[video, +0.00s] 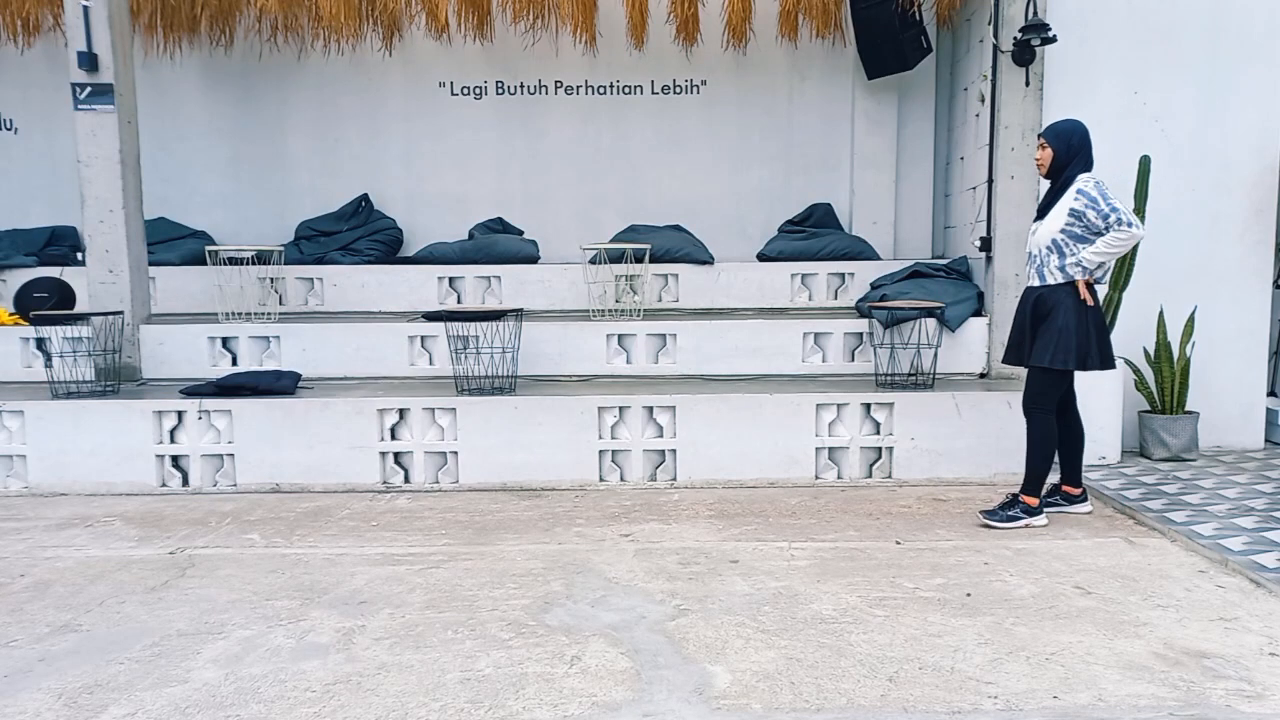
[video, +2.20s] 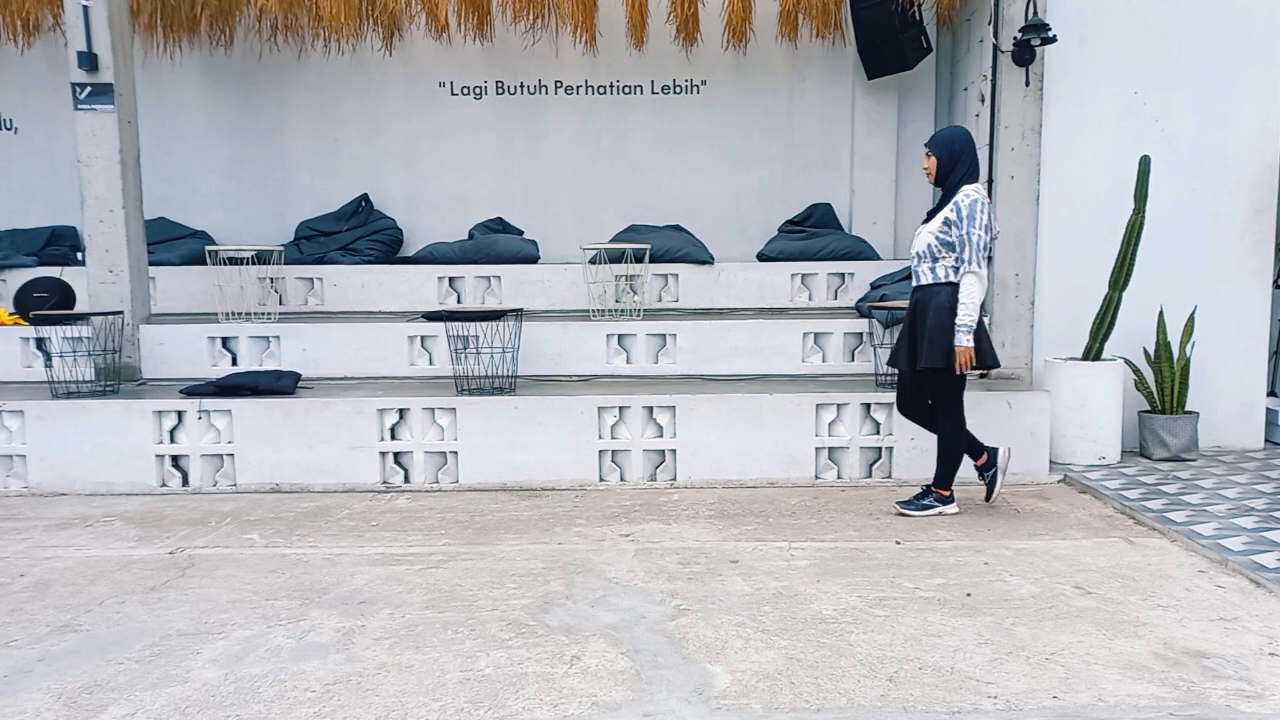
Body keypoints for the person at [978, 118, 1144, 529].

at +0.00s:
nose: (1038, 155)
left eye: (1044, 148)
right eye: (1038, 148)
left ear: (1066, 150)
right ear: (1058, 152)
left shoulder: (1085, 186)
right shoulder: (1059, 193)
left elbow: (1128, 229)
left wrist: (1085, 267)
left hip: (1063, 307)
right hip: (1043, 307)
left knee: (1038, 401)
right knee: (1063, 402)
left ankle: (1029, 500)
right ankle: (1072, 489)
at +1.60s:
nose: (1009, 169)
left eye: (1014, 161)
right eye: (1008, 161)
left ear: (1035, 158)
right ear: (1031, 161)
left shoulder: (1054, 188)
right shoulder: (1039, 195)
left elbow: (1090, 231)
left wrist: (1050, 285)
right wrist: (1030, 286)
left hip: (1039, 312)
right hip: (1033, 311)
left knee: (999, 398)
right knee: (1051, 402)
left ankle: (1004, 495)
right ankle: (1071, 489)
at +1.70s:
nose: (1000, 168)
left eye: (1005, 160)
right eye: (998, 160)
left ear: (1027, 158)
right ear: (1017, 160)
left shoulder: (1048, 186)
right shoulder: (1025, 198)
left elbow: (1091, 231)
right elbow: (1015, 262)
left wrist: (1052, 283)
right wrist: (997, 306)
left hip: (1032, 310)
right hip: (1017, 310)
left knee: (994, 397)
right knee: (1048, 404)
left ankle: (964, 490)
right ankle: (1071, 489)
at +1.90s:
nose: (976, 169)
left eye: (981, 161)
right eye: (976, 162)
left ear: (1002, 160)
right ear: (996, 163)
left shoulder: (1027, 194)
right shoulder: (997, 205)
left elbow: (1072, 248)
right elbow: (978, 268)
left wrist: (1074, 311)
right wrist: (948, 304)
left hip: (1006, 310)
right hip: (988, 311)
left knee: (968, 400)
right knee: (1030, 403)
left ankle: (939, 489)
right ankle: (1068, 486)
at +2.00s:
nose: (960, 169)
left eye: (965, 160)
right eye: (960, 160)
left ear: (987, 160)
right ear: (983, 160)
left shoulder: (1011, 198)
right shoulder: (983, 204)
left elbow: (1041, 263)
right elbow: (958, 265)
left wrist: (1071, 321)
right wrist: (927, 300)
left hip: (982, 308)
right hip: (967, 308)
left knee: (959, 402)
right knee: (1006, 402)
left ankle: (940, 490)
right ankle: (1060, 479)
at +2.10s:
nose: (944, 166)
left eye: (949, 158)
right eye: (944, 158)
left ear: (970, 158)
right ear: (967, 159)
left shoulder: (992, 199)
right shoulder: (964, 202)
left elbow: (1011, 267)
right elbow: (942, 267)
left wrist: (1025, 327)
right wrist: (917, 305)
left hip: (962, 304)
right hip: (944, 305)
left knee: (955, 404)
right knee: (963, 405)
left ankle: (941, 491)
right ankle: (1035, 468)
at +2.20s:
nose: (925, 164)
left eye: (931, 156)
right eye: (925, 157)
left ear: (952, 157)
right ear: (947, 159)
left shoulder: (971, 199)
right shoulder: (949, 201)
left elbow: (974, 272)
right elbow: (940, 272)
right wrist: (913, 322)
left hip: (948, 309)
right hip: (924, 309)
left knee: (947, 400)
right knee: (910, 401)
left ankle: (942, 491)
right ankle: (984, 457)